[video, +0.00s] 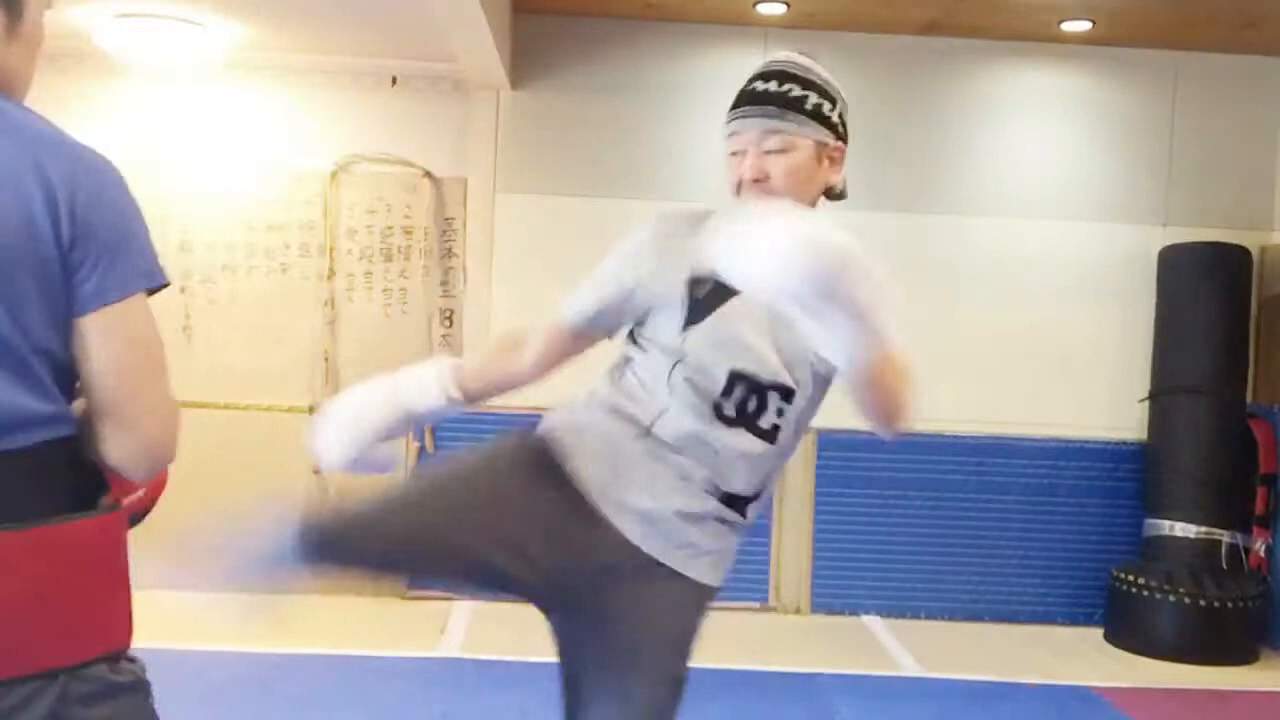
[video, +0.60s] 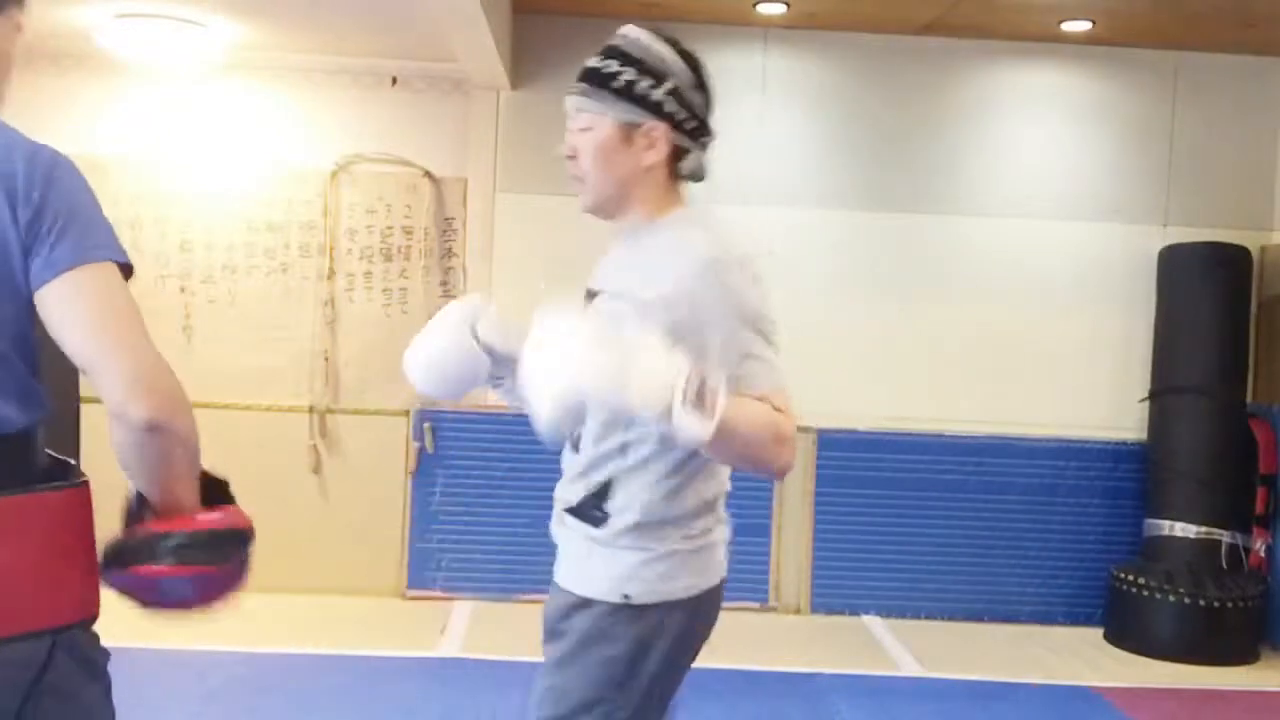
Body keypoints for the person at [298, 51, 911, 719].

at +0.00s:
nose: (755, 169)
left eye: (779, 149)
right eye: (740, 151)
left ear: (833, 164)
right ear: (726, 160)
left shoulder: (842, 284)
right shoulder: (673, 241)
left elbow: (891, 413)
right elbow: (540, 347)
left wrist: (833, 297)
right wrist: (416, 390)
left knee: (628, 708)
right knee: (346, 532)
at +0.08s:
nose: (804, 181)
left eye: (806, 163)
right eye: (791, 159)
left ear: (811, 175)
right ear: (727, 156)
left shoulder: (831, 294)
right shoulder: (663, 251)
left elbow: (829, 406)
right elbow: (543, 367)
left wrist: (764, 261)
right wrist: (411, 415)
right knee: (345, 442)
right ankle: (84, 453)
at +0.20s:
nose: (664, 163)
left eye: (686, 142)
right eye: (663, 142)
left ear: (759, 149)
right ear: (678, 147)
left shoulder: (816, 285)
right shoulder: (654, 231)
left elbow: (774, 443)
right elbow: (604, 372)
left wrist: (713, 315)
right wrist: (492, 402)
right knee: (323, 500)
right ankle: (107, 513)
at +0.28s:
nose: (647, 163)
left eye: (667, 141)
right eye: (647, 143)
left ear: (739, 146)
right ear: (719, 149)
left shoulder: (799, 278)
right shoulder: (652, 246)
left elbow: (761, 440)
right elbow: (606, 388)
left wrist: (688, 313)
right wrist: (483, 409)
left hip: (643, 581)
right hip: (553, 496)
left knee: (599, 713)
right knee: (349, 557)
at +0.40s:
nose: (611, 156)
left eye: (630, 133)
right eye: (613, 135)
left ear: (702, 143)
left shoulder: (762, 268)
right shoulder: (638, 253)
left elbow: (764, 448)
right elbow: (614, 406)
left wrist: (674, 318)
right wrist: (497, 392)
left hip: (636, 591)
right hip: (555, 544)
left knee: (581, 709)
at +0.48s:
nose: (588, 150)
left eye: (609, 127)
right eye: (590, 129)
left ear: (680, 139)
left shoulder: (734, 264)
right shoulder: (630, 259)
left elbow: (774, 454)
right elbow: (608, 415)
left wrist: (665, 337)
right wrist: (508, 380)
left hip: (640, 592)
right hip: (574, 568)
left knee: (579, 709)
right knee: (519, 703)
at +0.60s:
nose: (565, 150)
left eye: (583, 127)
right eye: (569, 129)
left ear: (652, 142)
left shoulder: (705, 262)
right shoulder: (627, 256)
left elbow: (775, 443)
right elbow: (593, 411)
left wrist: (654, 383)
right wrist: (501, 362)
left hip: (642, 588)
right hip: (597, 575)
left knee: (568, 706)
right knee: (575, 704)